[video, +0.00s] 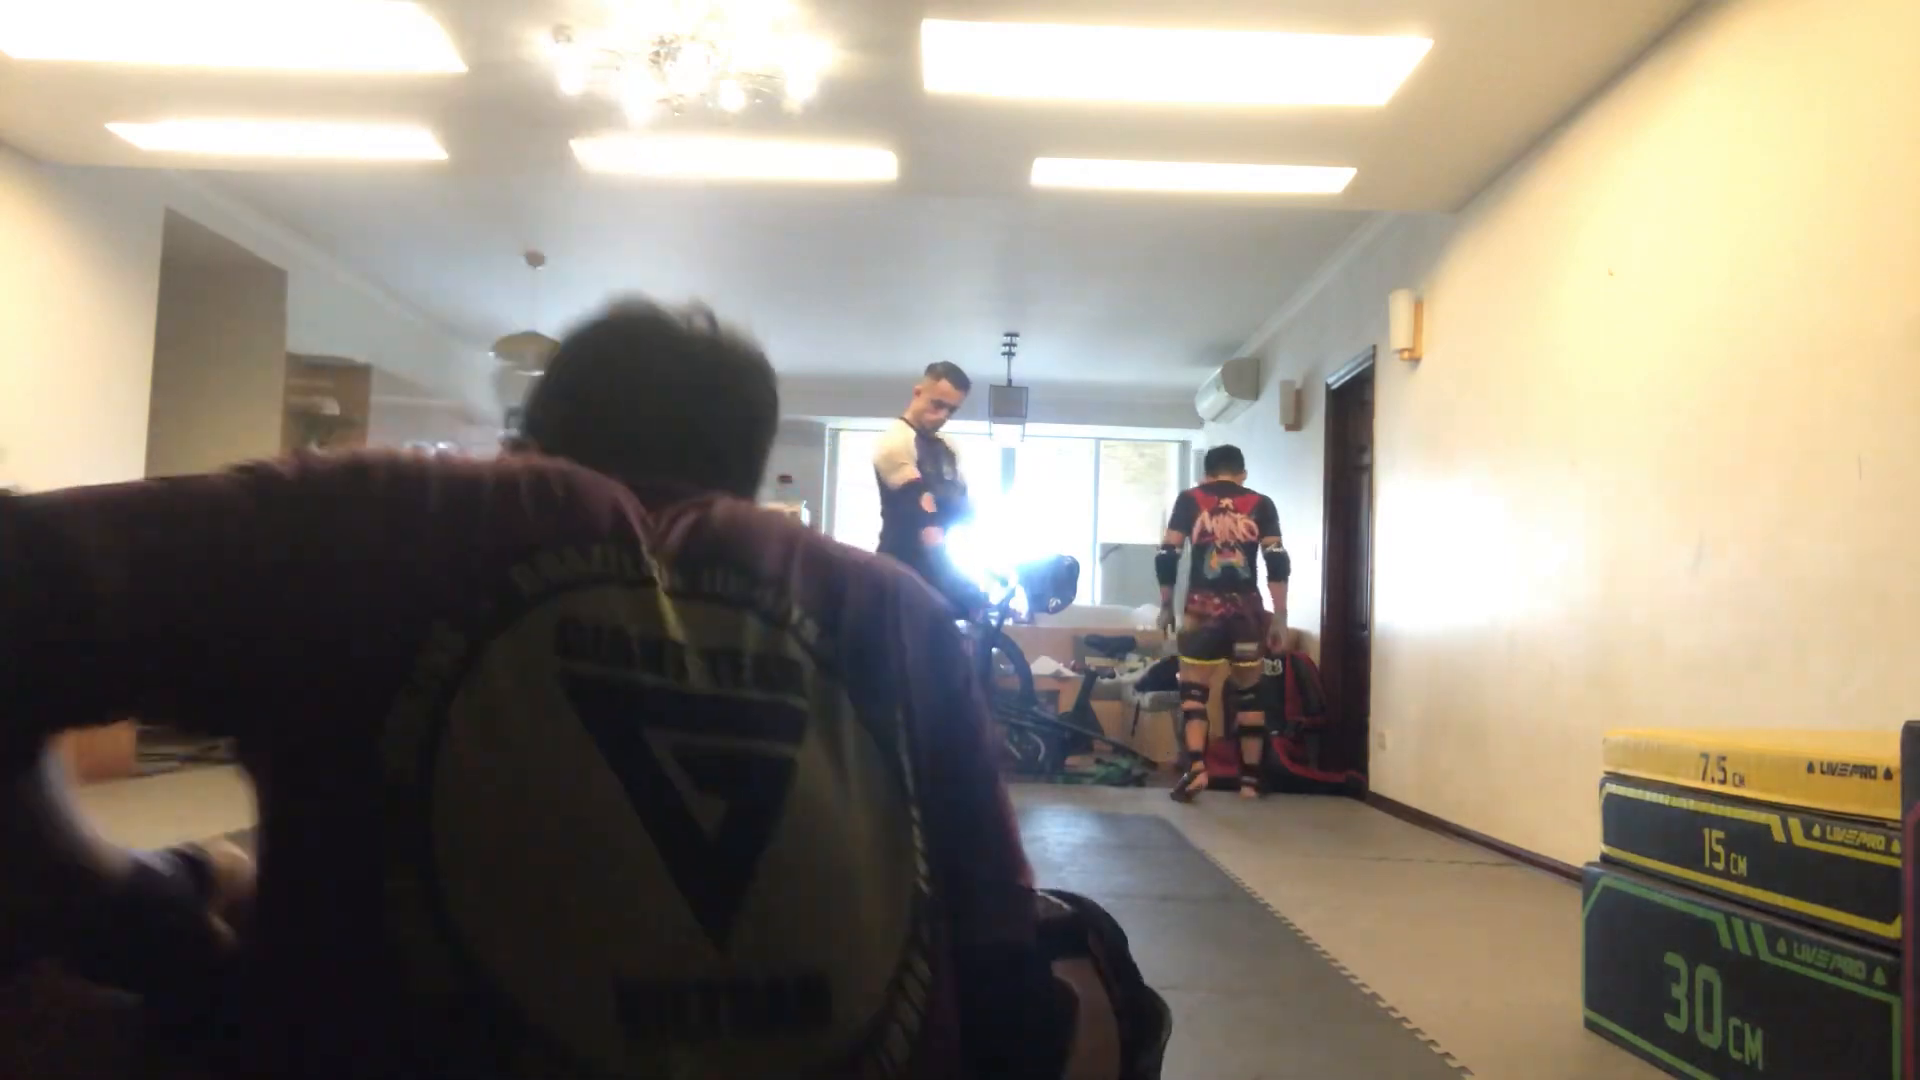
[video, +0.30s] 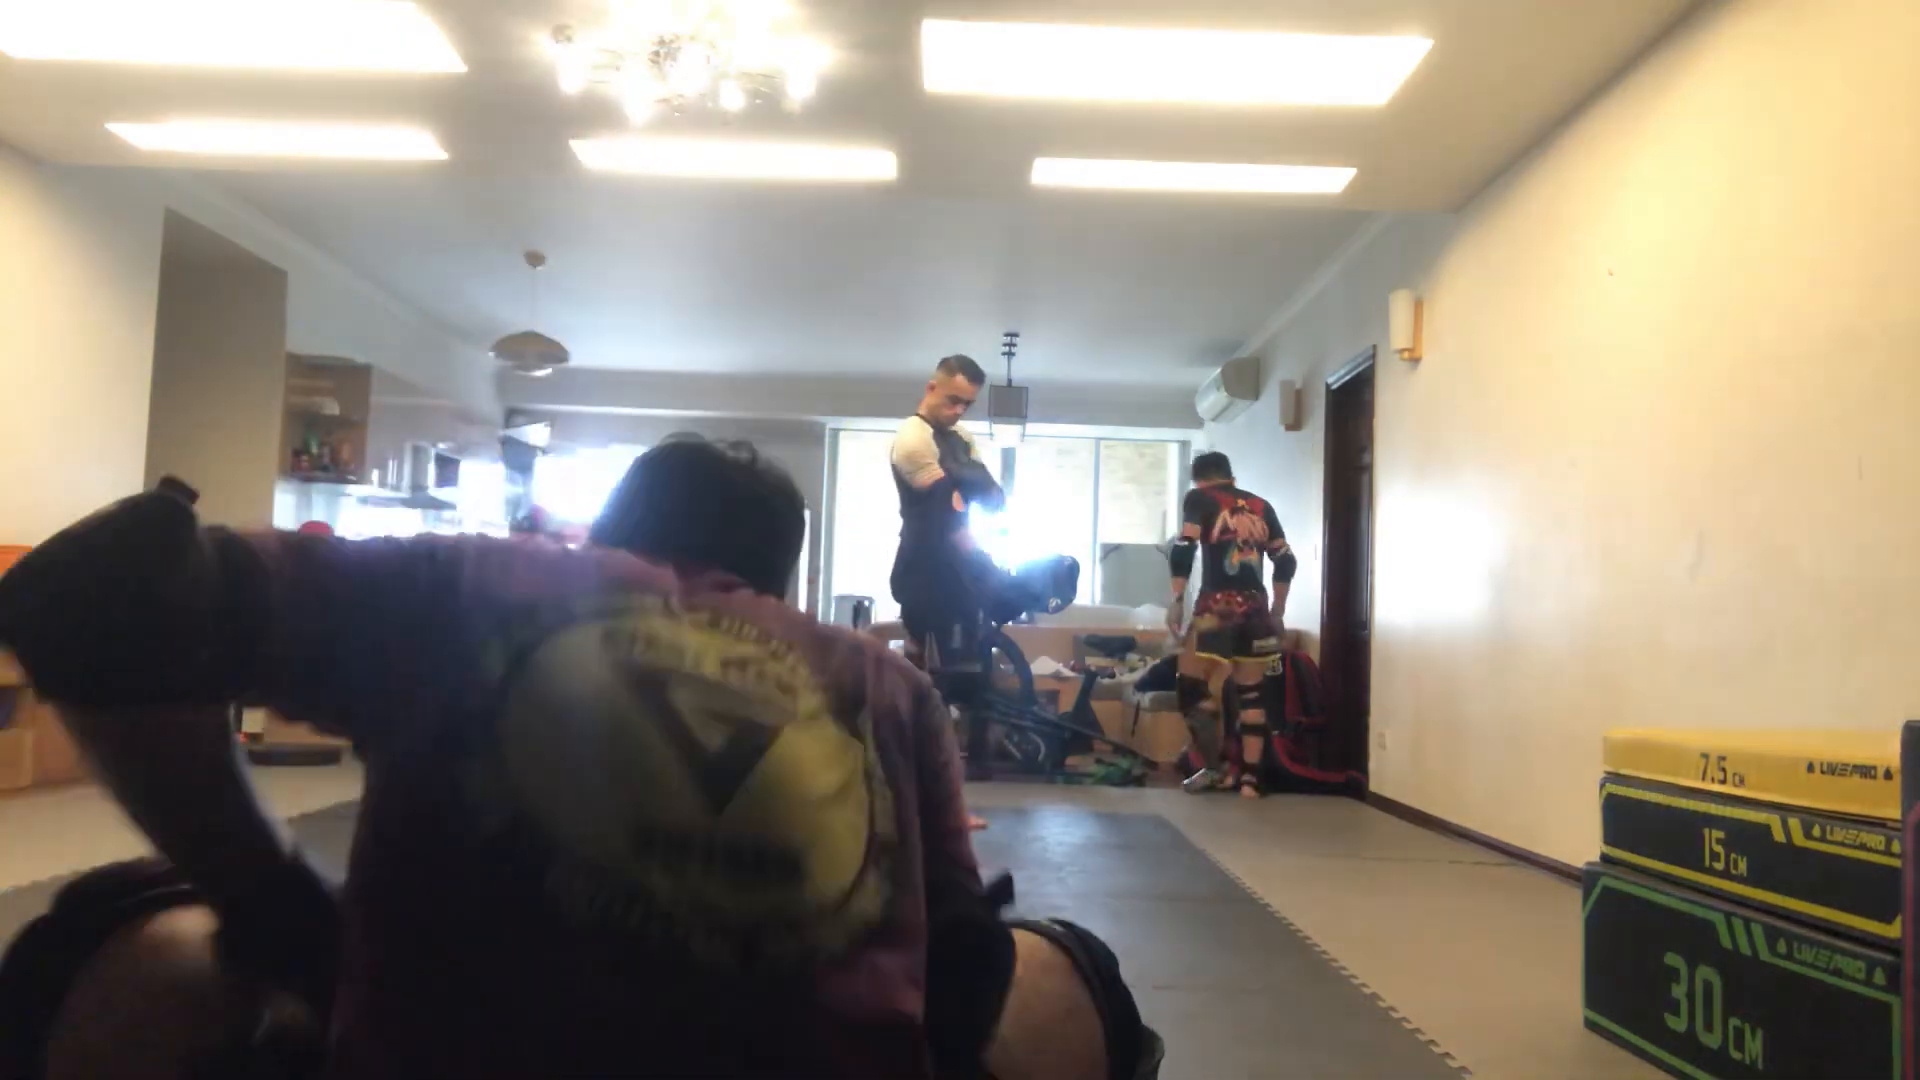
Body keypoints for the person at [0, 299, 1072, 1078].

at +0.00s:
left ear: (534, 436)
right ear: (761, 475)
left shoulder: (390, 518)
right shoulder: (897, 614)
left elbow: (19, 583)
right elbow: (1007, 976)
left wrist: (102, 894)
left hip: (381, 1039)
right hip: (797, 1044)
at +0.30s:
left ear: (604, 525)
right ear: (785, 575)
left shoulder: (477, 582)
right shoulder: (890, 689)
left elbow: (79, 602)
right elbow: (968, 959)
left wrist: (280, 922)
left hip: (452, 1040)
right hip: (807, 1051)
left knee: (140, 943)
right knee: (1058, 955)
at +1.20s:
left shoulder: (721, 9)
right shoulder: (1047, 18)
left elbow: (511, 128)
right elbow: (1096, 282)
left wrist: (683, 265)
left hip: (717, 444)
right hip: (936, 454)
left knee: (614, 895)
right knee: (945, 945)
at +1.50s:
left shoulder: (644, 18)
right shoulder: (938, 19)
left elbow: (528, 248)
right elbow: (1020, 257)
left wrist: (664, 311)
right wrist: (926, 347)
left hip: (686, 448)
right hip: (872, 456)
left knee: (645, 865)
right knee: (927, 854)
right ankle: (870, 1061)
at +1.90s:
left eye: (836, 25)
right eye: (922, 36)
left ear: (820, 22)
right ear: (930, 36)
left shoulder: (734, 109)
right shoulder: (983, 149)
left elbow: (649, 315)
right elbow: (1020, 363)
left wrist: (752, 326)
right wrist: (925, 412)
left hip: (759, 494)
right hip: (908, 508)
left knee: (670, 808)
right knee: (895, 810)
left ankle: (657, 1068)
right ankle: (880, 1064)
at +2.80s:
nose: (835, 205)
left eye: (805, 183)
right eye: (863, 191)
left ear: (798, 182)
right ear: (877, 195)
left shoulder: (740, 244)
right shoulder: (915, 266)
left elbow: (665, 370)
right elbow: (960, 411)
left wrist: (756, 390)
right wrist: (891, 462)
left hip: (742, 537)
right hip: (856, 541)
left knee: (735, 752)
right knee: (881, 748)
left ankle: (737, 1000)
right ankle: (841, 951)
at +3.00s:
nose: (845, 243)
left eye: (826, 223)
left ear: (820, 220)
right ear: (897, 235)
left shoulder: (768, 272)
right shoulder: (931, 302)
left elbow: (684, 372)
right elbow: (972, 442)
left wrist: (763, 413)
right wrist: (898, 475)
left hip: (768, 551)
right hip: (871, 557)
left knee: (741, 752)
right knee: (868, 751)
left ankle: (739, 973)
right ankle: (848, 946)